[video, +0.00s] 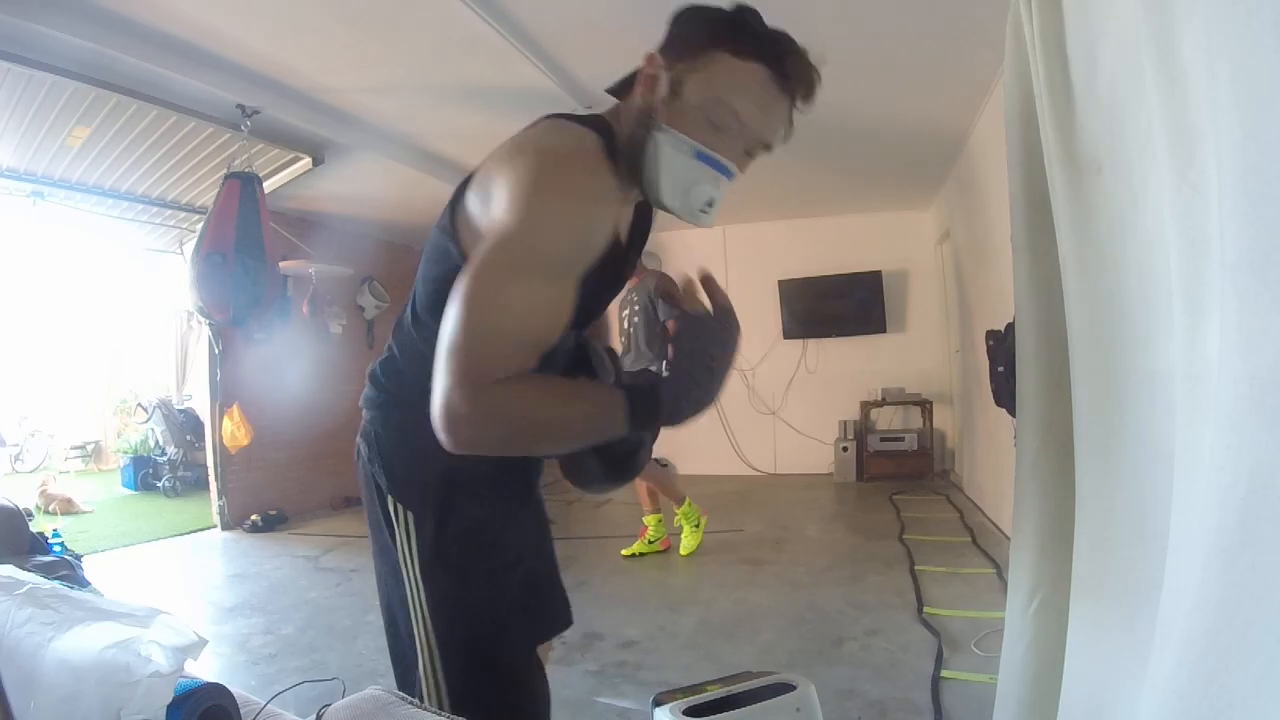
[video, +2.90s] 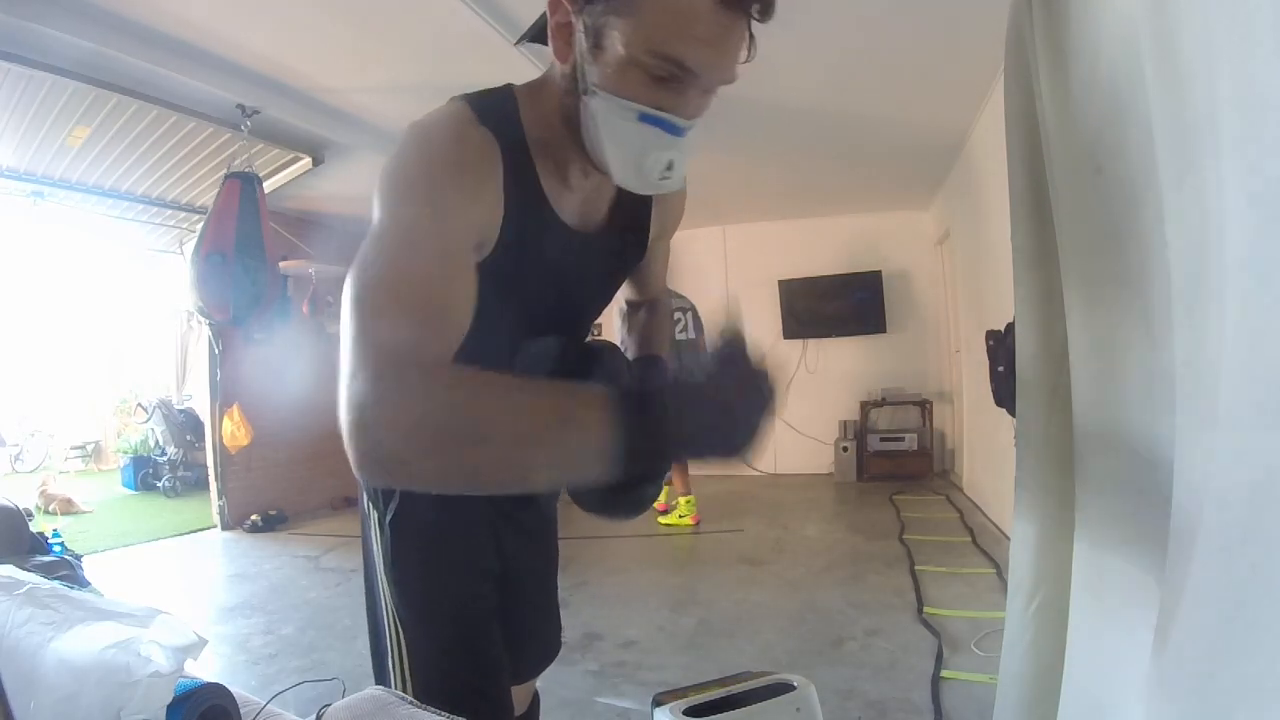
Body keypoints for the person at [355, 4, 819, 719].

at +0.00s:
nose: (726, 164)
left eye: (751, 150)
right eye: (718, 126)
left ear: (764, 154)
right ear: (651, 79)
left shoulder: (627, 184)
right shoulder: (559, 176)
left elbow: (565, 339)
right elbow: (466, 415)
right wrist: (655, 400)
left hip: (499, 449)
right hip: (436, 459)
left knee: (526, 645)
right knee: (494, 701)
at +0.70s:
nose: (703, 161)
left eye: (725, 146)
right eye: (696, 124)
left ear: (738, 147)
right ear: (630, 80)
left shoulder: (618, 196)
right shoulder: (521, 169)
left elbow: (581, 311)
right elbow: (447, 404)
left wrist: (604, 414)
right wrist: (644, 397)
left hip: (502, 441)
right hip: (425, 449)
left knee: (537, 639)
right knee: (487, 699)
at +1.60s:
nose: (622, 102)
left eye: (667, 80)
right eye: (600, 53)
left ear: (707, 84)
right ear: (553, 34)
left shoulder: (656, 194)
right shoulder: (453, 171)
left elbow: (640, 302)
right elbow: (368, 421)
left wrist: (641, 385)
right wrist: (547, 472)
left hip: (535, 456)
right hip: (431, 469)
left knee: (529, 678)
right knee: (472, 703)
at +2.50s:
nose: (672, 105)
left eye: (707, 78)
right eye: (646, 58)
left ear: (728, 73)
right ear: (560, 28)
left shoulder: (669, 187)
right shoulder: (442, 165)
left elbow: (659, 300)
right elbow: (367, 405)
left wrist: (660, 407)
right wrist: (435, 437)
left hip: (545, 458)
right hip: (434, 471)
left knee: (527, 683)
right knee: (468, 704)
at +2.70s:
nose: (713, 120)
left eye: (736, 87)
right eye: (689, 77)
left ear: (751, 73)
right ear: (584, 40)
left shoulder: (664, 188)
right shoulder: (446, 161)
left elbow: (653, 301)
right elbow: (391, 453)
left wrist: (654, 415)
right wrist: (454, 359)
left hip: (537, 450)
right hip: (431, 459)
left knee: (522, 688)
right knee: (469, 705)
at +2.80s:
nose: (703, 120)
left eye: (728, 89)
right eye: (681, 79)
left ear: (747, 71)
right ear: (577, 38)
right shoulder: (449, 160)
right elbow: (384, 444)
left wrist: (625, 456)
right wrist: (551, 368)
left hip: (533, 473)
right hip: (431, 483)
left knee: (519, 686)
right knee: (464, 704)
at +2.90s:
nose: (687, 115)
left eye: (716, 85)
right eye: (662, 73)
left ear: (738, 63)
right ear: (566, 32)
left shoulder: (656, 183)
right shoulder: (450, 154)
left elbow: (646, 303)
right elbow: (389, 428)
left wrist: (652, 400)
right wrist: (653, 425)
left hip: (528, 450)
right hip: (429, 460)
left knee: (519, 680)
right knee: (461, 701)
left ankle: (517, 705)